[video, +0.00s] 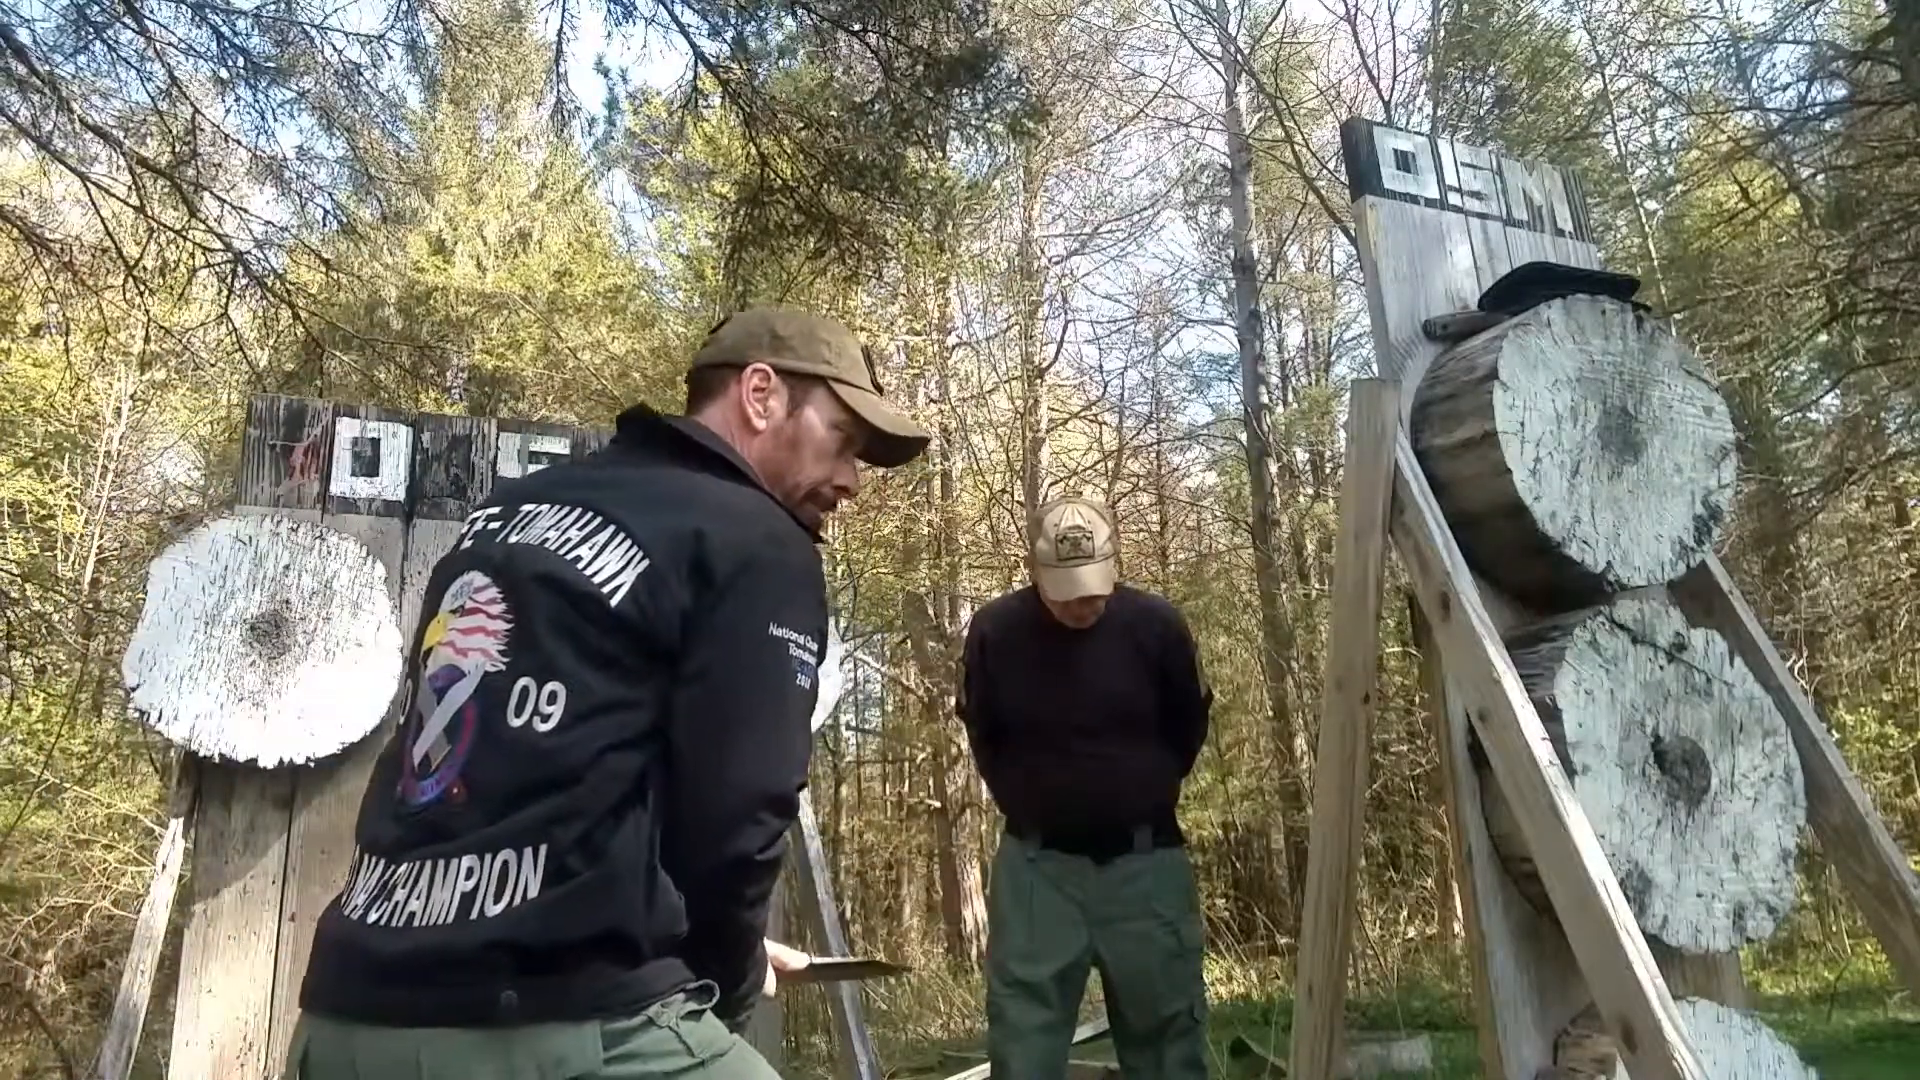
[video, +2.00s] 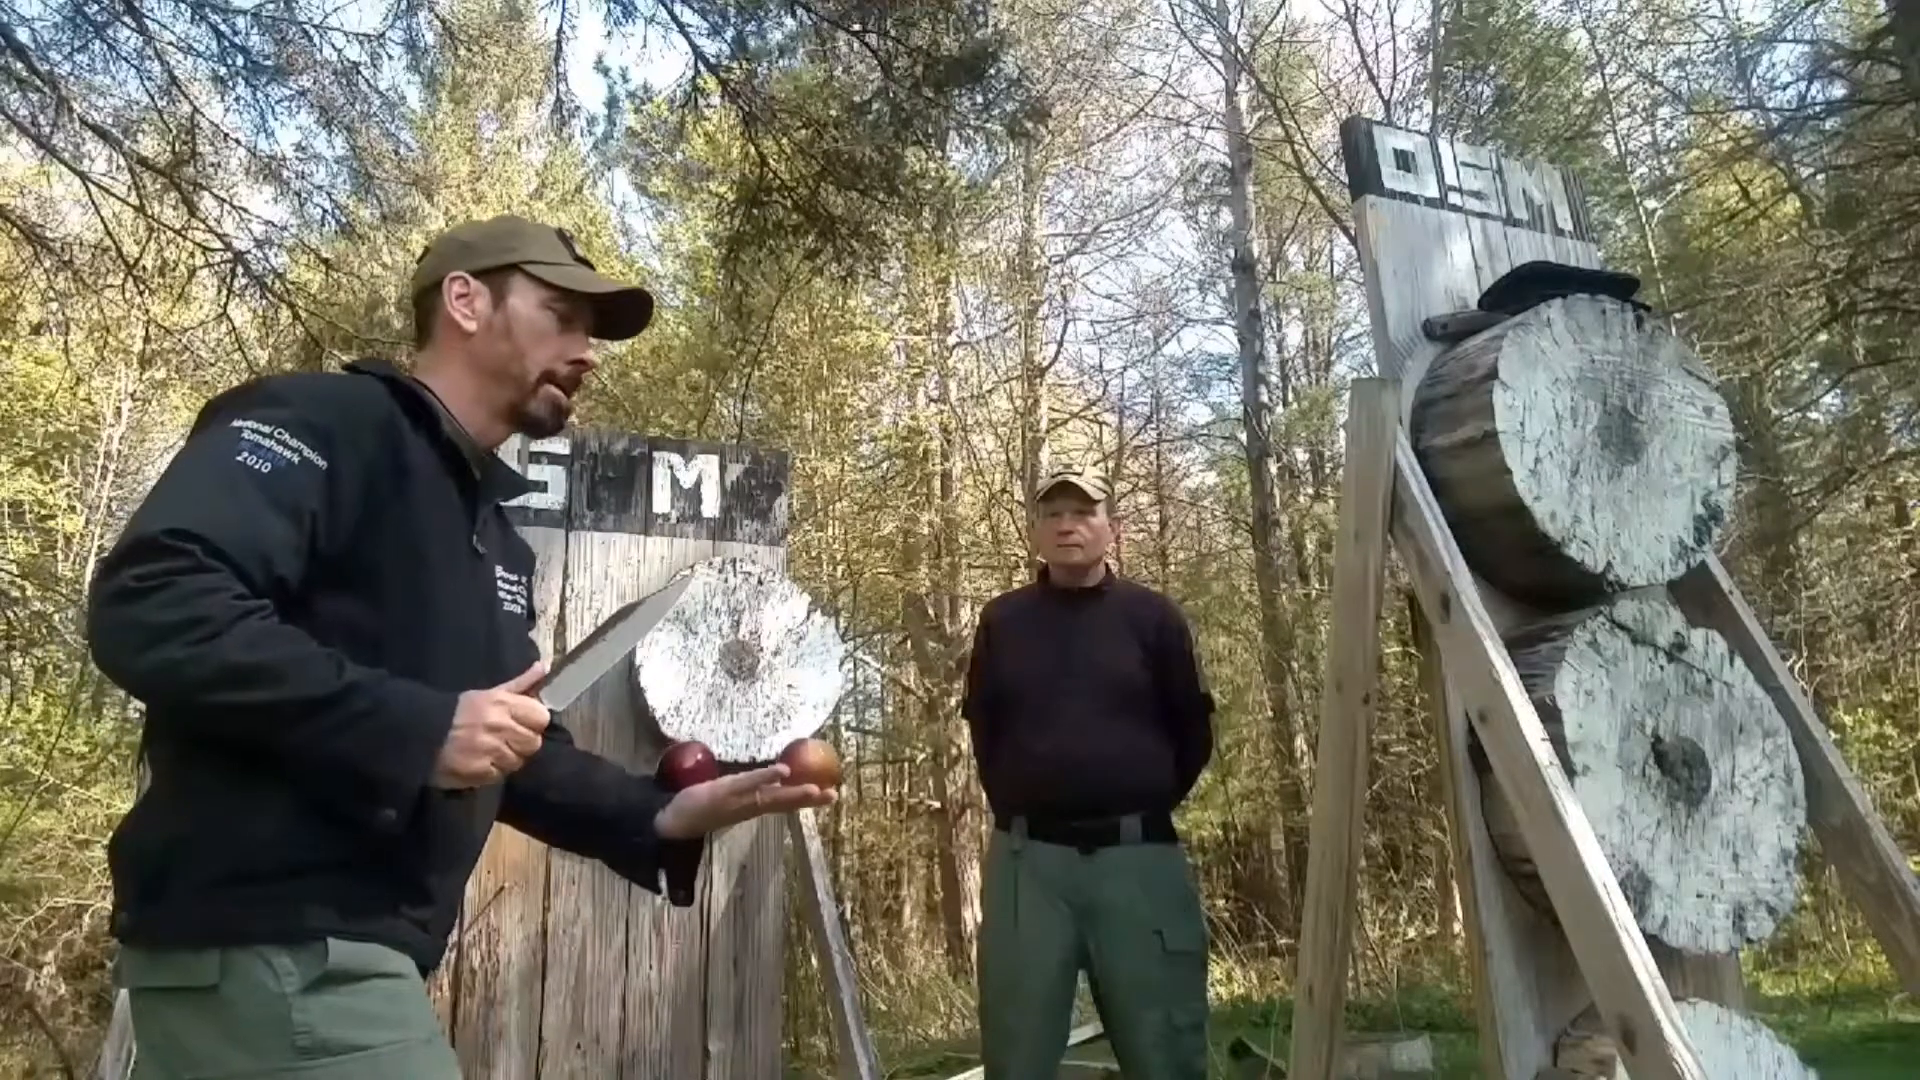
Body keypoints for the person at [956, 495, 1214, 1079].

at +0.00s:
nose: (1082, 606)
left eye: (1094, 593)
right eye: (1066, 595)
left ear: (1112, 567)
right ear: (1038, 573)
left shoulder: (1158, 624)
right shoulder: (994, 629)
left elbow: (1188, 723)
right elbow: (983, 730)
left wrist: (1141, 799)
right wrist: (1032, 808)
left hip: (1147, 876)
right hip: (1034, 876)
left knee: (1168, 1054)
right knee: (1022, 1058)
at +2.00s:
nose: (1068, 524)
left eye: (1082, 512)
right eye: (1053, 515)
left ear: (1111, 530)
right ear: (1032, 534)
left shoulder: (1154, 615)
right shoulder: (1001, 618)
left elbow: (1194, 732)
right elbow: (982, 723)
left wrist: (1140, 812)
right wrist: (1024, 815)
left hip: (1140, 862)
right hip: (1026, 861)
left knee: (1164, 1058)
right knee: (1017, 1059)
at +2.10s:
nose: (1068, 524)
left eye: (1082, 513)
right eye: (1053, 515)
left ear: (1111, 530)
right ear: (1032, 534)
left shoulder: (1154, 615)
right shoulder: (1001, 618)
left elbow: (1194, 732)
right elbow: (982, 724)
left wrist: (1140, 813)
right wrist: (1024, 816)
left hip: (1140, 862)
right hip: (1026, 862)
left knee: (1164, 1058)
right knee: (1017, 1059)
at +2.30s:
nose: (1068, 524)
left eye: (1082, 512)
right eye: (1053, 514)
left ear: (1110, 530)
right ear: (1033, 533)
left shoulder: (1153, 614)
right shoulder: (1001, 618)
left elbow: (1194, 731)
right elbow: (982, 723)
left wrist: (1140, 812)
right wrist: (1024, 814)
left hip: (1139, 862)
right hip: (1026, 862)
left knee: (1164, 1058)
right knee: (1017, 1059)